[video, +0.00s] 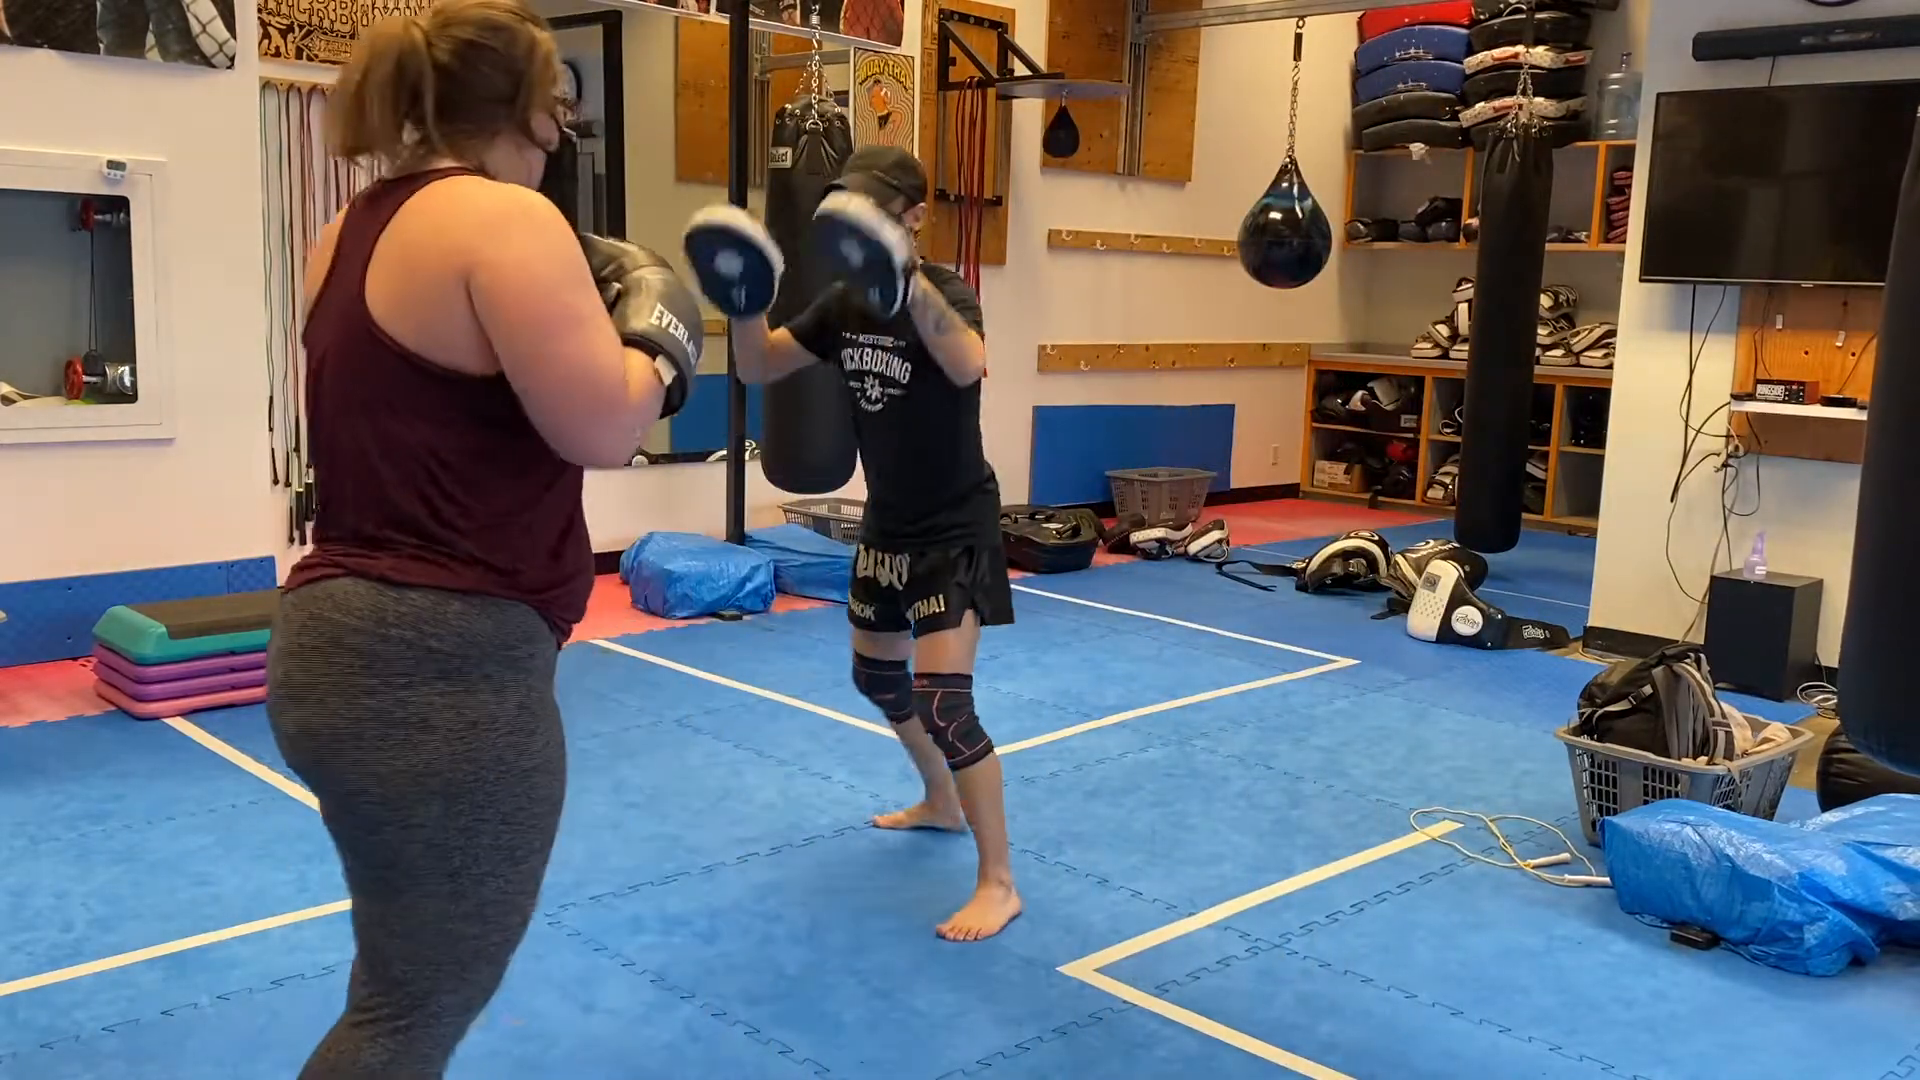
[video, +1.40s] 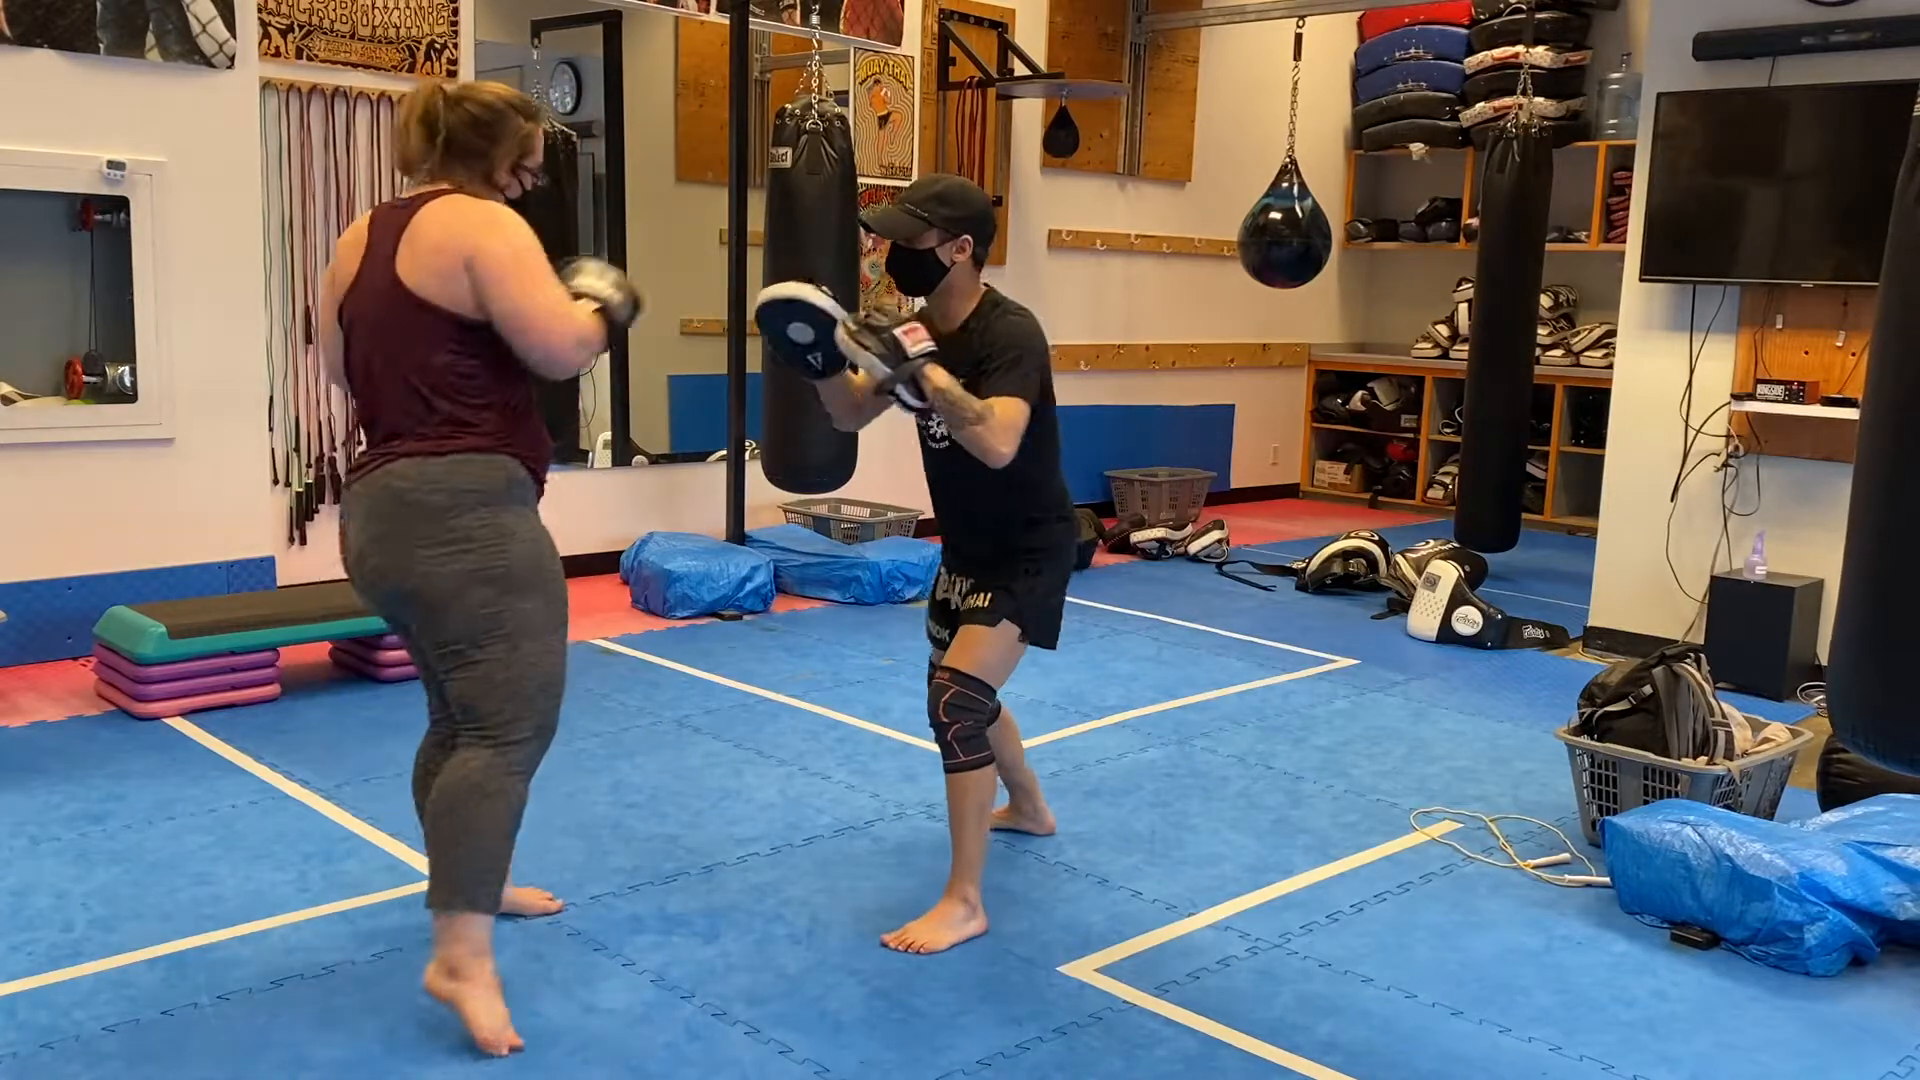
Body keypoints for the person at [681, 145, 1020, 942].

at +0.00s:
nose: (859, 233)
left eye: (874, 218)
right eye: (850, 221)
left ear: (911, 216)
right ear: (842, 228)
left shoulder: (944, 290)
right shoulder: (840, 300)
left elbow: (967, 367)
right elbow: (756, 367)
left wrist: (911, 284)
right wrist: (745, 295)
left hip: (954, 518)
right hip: (886, 519)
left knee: (944, 706)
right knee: (881, 677)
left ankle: (998, 881)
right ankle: (943, 802)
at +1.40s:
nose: (889, 253)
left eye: (904, 242)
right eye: (890, 240)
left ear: (957, 247)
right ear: (941, 249)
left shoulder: (1012, 333)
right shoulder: (917, 329)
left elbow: (1000, 444)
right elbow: (849, 408)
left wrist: (940, 387)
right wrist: (815, 349)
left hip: (1032, 542)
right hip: (966, 539)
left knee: (960, 699)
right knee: (959, 687)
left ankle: (965, 900)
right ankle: (1029, 805)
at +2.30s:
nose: (812, 293)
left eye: (826, 282)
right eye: (812, 281)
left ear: (873, 285)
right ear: (855, 286)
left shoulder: (935, 365)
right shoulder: (837, 361)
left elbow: (939, 478)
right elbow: (780, 459)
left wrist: (848, 412)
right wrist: (738, 407)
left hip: (963, 562)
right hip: (902, 558)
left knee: (894, 725)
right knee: (845, 694)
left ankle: (963, 903)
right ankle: (963, 769)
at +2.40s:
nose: (794, 292)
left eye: (808, 281)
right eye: (795, 280)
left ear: (858, 284)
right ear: (837, 285)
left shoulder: (914, 367)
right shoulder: (817, 357)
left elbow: (903, 475)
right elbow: (756, 449)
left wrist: (821, 404)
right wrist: (721, 390)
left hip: (935, 566)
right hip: (873, 560)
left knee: (877, 728)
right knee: (798, 672)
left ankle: (962, 900)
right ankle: (879, 770)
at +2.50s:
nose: (775, 270)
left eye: (790, 257)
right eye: (776, 256)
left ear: (842, 262)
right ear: (821, 263)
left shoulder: (884, 349)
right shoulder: (792, 338)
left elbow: (871, 449)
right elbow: (729, 421)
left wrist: (799, 386)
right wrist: (713, 363)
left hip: (896, 548)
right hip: (834, 542)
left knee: (878, 713)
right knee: (766, 647)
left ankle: (958, 893)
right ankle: (780, 751)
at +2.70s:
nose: (734, 278)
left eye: (747, 267)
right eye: (732, 265)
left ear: (791, 270)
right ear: (746, 269)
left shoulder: (826, 348)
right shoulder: (729, 340)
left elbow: (830, 438)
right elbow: (655, 399)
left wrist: (755, 385)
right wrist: (637, 343)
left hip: (834, 535)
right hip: (765, 534)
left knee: (813, 661)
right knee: (697, 652)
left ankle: (862, 825)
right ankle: (737, 751)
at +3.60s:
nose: (744, 274)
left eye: (757, 260)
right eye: (736, 260)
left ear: (791, 260)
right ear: (723, 258)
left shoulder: (825, 331)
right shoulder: (713, 329)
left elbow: (903, 424)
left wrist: (838, 393)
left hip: (828, 524)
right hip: (743, 525)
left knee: (809, 659)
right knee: (721, 662)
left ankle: (847, 815)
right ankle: (714, 813)